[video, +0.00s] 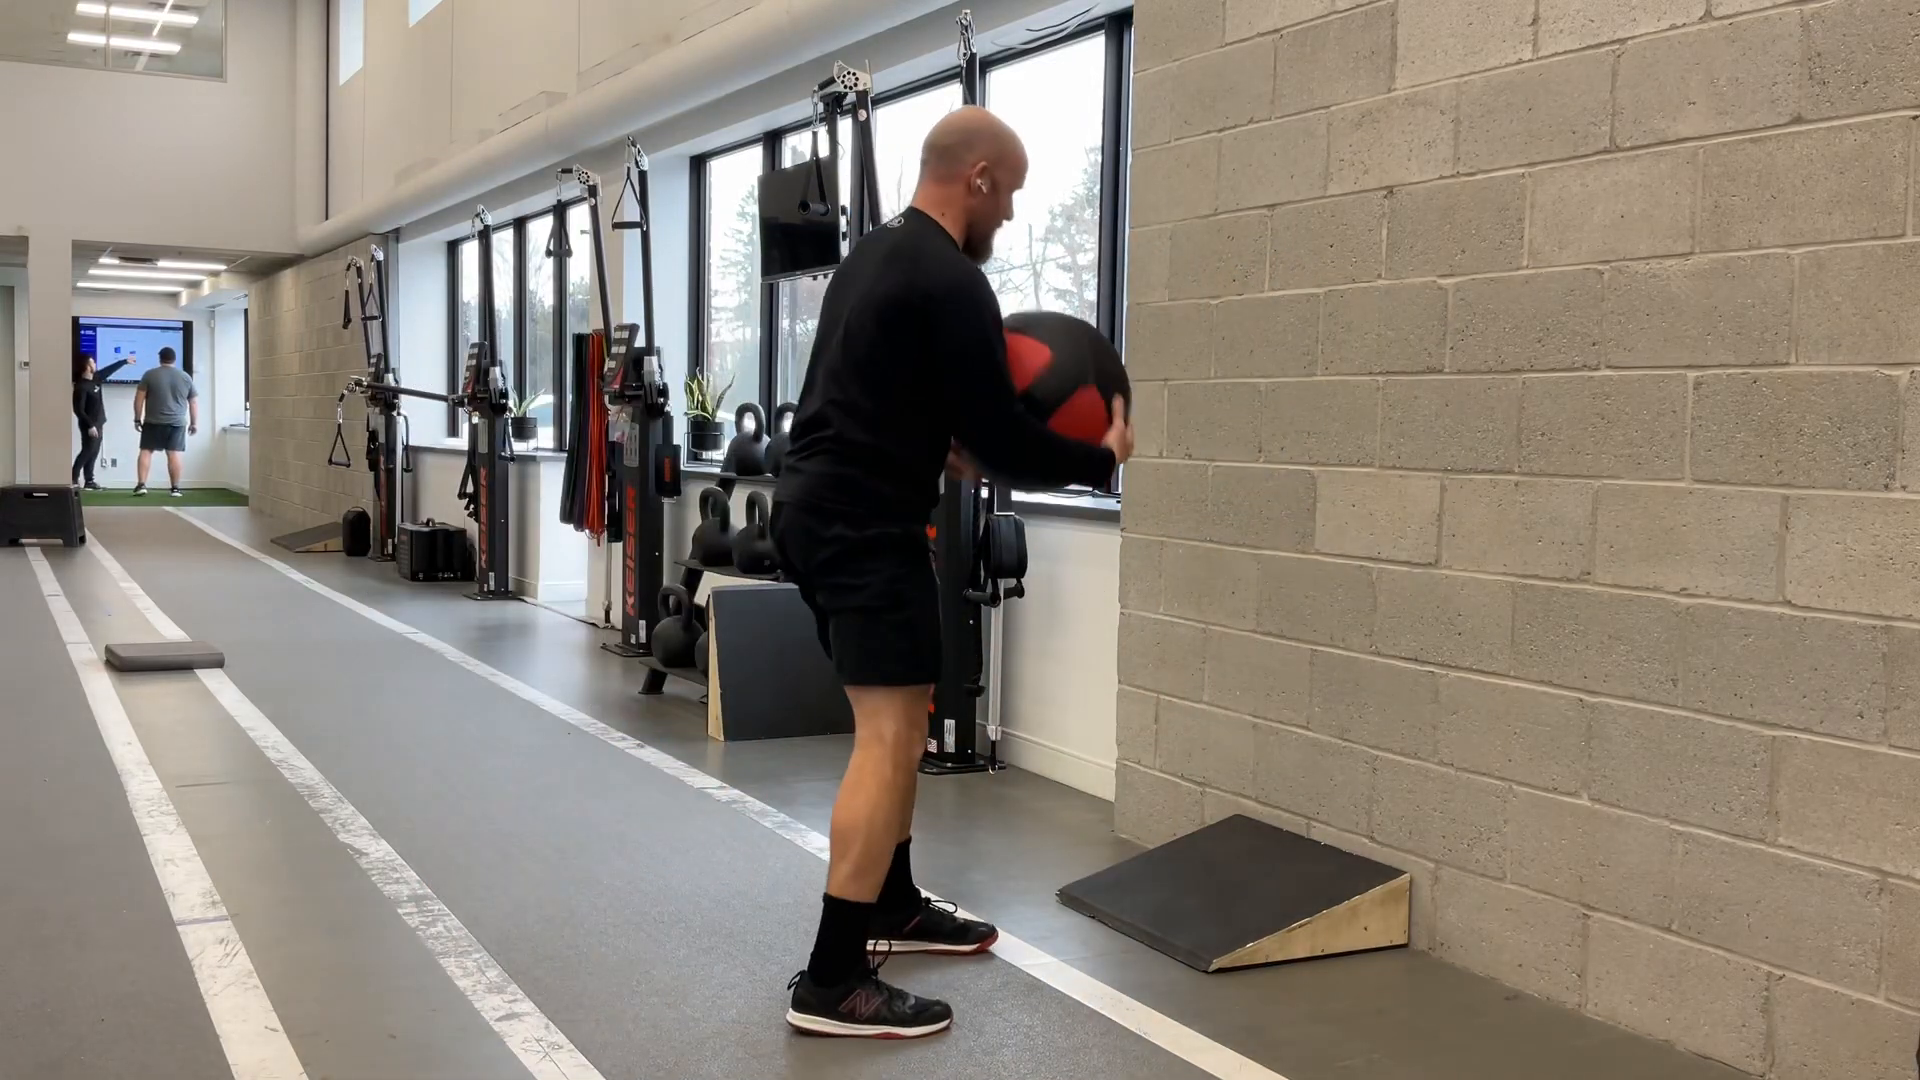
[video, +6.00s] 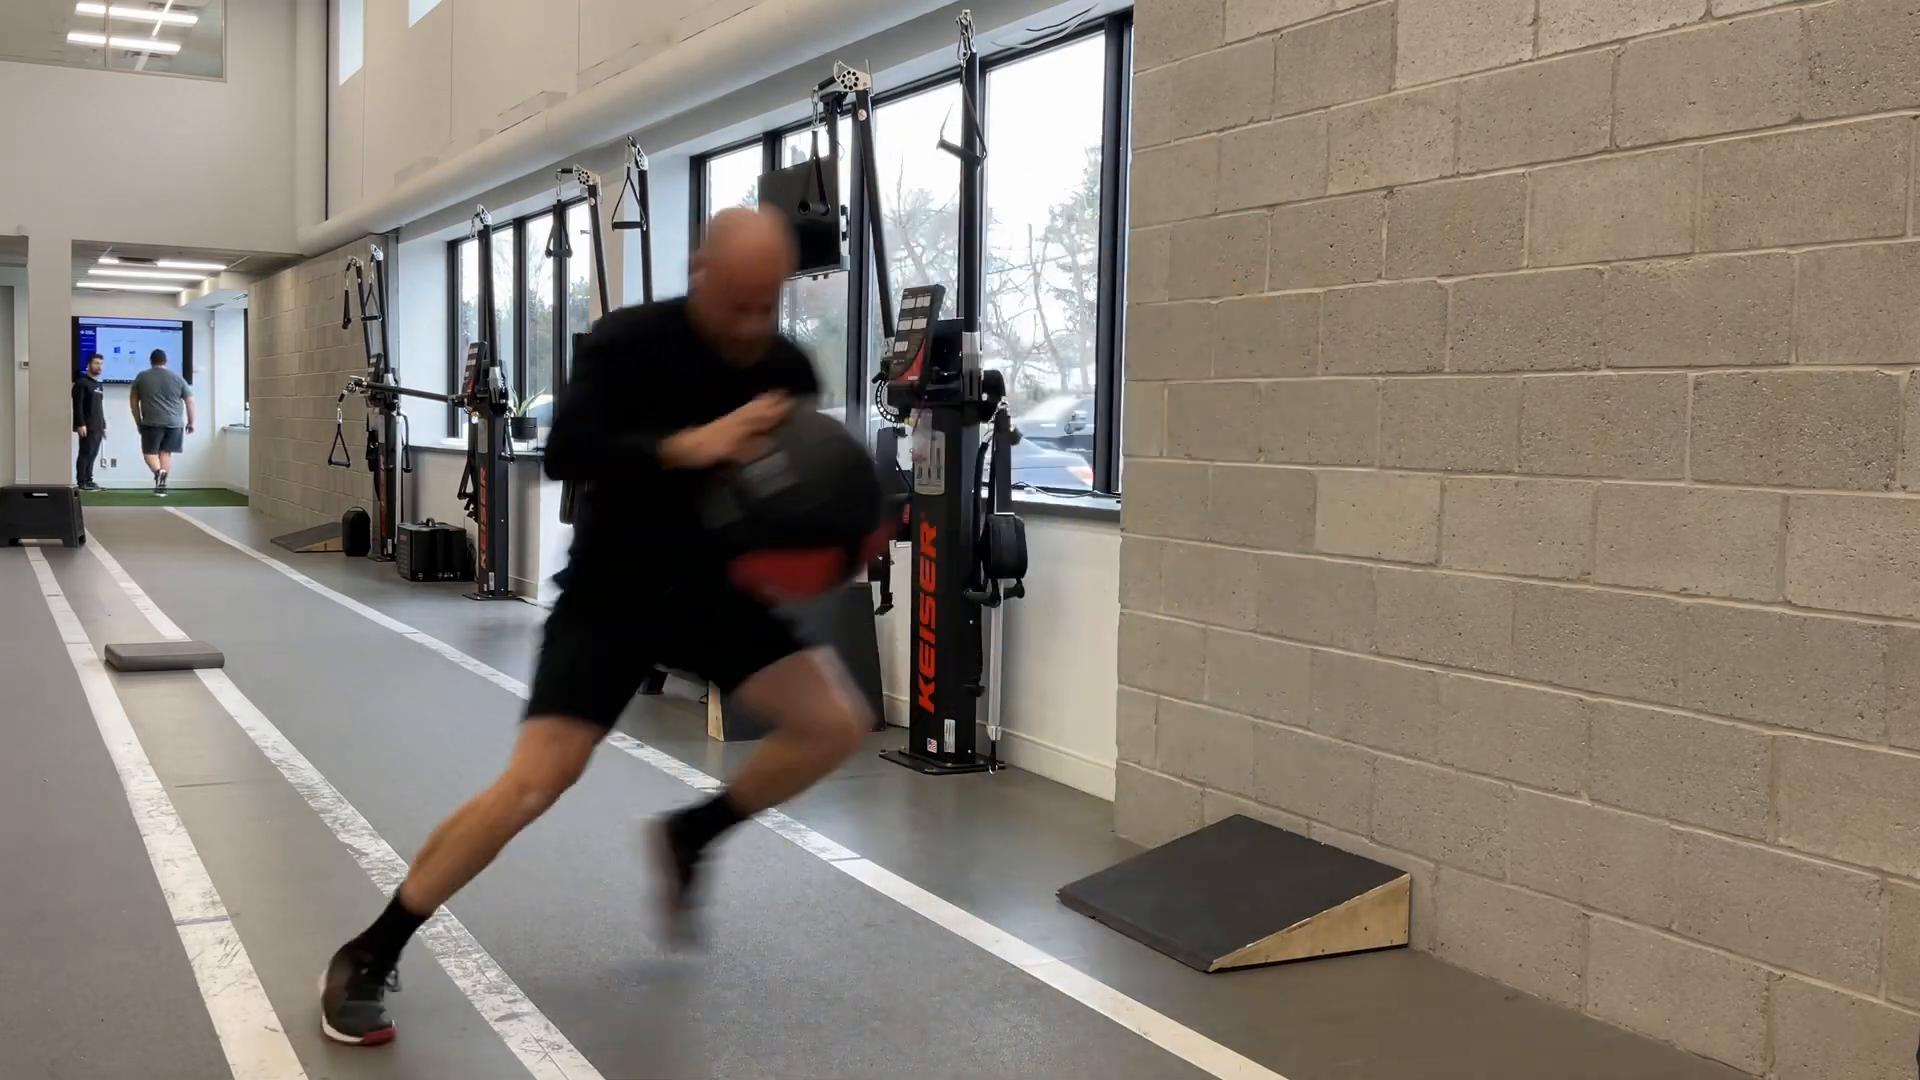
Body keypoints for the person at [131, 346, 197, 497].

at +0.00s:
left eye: (161, 358)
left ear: (159, 359)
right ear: (174, 359)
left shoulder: (150, 375)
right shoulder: (185, 377)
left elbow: (139, 397)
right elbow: (193, 402)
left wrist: (137, 418)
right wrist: (193, 423)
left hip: (153, 422)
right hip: (176, 423)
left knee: (146, 451)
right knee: (174, 454)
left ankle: (141, 484)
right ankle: (175, 488)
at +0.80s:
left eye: (141, 357)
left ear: (138, 358)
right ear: (152, 358)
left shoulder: (128, 375)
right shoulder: (163, 376)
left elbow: (118, 399)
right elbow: (172, 401)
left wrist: (117, 420)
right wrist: (171, 422)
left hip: (135, 422)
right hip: (157, 422)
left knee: (140, 452)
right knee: (162, 454)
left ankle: (141, 487)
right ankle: (172, 486)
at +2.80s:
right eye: (163, 358)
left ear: (151, 359)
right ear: (166, 359)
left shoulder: (141, 375)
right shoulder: (177, 377)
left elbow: (132, 398)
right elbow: (187, 400)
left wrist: (131, 420)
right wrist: (186, 422)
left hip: (148, 422)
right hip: (170, 423)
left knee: (145, 452)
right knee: (163, 452)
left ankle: (145, 483)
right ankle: (160, 487)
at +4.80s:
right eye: (162, 360)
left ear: (150, 361)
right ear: (165, 361)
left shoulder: (141, 377)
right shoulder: (177, 378)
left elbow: (133, 401)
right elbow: (188, 401)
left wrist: (136, 422)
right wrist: (187, 423)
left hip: (152, 423)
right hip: (174, 423)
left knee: (150, 453)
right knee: (165, 453)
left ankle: (157, 472)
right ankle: (160, 488)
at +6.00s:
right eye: (163, 361)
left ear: (151, 362)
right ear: (166, 362)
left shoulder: (142, 377)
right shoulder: (176, 378)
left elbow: (133, 402)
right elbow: (190, 400)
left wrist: (138, 421)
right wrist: (191, 422)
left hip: (152, 423)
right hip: (174, 424)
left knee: (150, 453)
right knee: (166, 452)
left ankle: (158, 471)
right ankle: (162, 486)